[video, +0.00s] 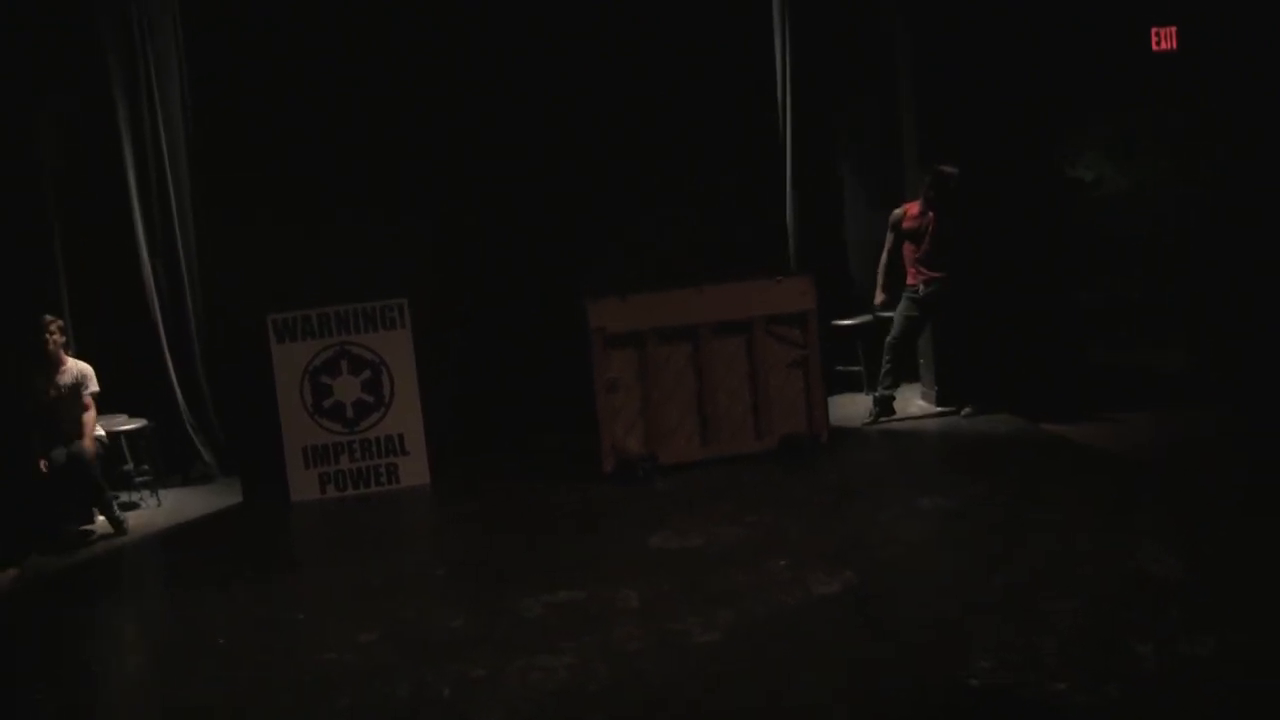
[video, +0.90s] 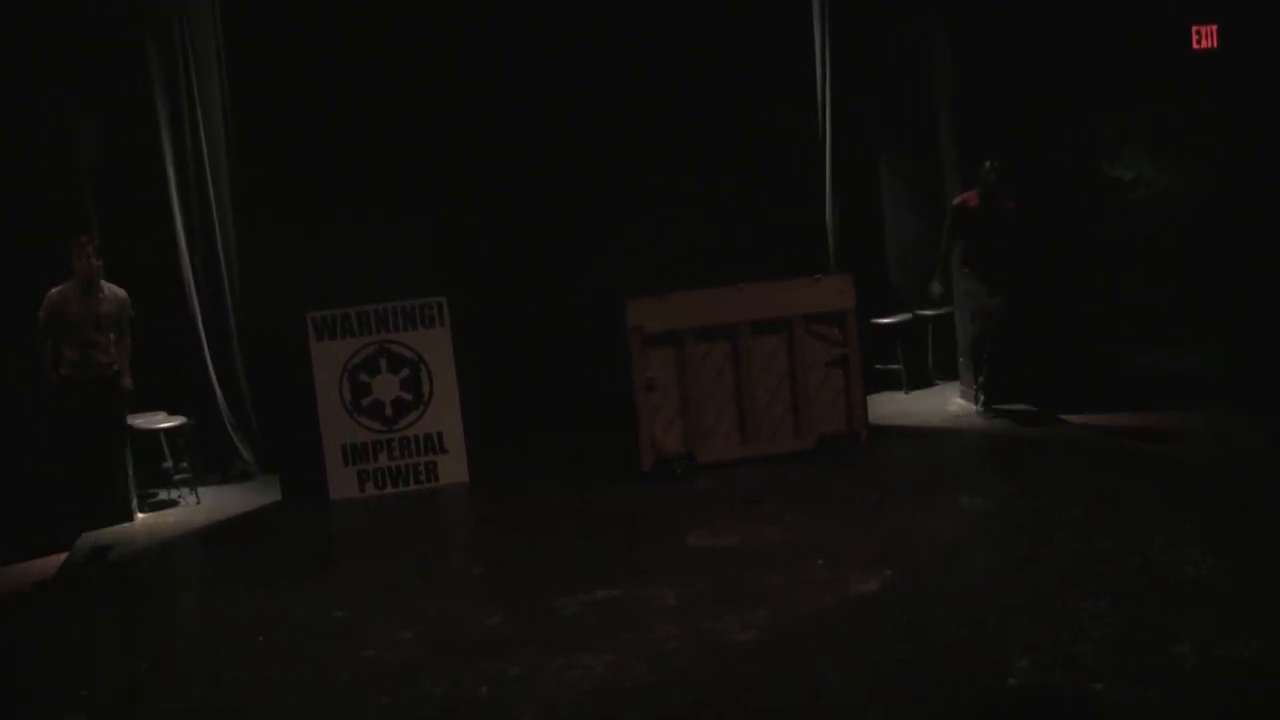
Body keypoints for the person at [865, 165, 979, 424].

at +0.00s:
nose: (934, 195)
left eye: (939, 192)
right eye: (932, 190)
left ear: (947, 193)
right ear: (924, 189)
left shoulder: (950, 215)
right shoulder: (901, 215)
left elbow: (961, 250)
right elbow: (888, 253)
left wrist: (963, 281)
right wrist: (880, 289)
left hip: (946, 288)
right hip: (914, 290)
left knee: (956, 342)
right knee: (895, 341)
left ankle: (969, 397)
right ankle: (883, 401)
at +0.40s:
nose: (948, 194)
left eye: (952, 189)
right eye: (945, 188)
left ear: (960, 191)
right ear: (938, 189)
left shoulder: (968, 216)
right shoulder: (920, 216)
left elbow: (978, 250)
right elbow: (906, 251)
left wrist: (971, 279)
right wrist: (915, 277)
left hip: (959, 288)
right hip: (931, 287)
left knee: (963, 345)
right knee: (917, 347)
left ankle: (971, 404)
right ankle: (906, 405)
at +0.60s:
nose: (959, 194)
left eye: (963, 189)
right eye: (956, 189)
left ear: (969, 192)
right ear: (950, 192)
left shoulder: (980, 220)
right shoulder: (939, 220)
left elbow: (1005, 257)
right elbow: (929, 251)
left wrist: (981, 269)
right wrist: (947, 258)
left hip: (972, 292)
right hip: (944, 289)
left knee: (969, 351)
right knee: (930, 349)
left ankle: (980, 401)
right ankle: (917, 404)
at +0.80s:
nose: (987, 191)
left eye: (990, 186)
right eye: (984, 186)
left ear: (994, 190)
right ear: (976, 188)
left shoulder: (998, 215)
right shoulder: (959, 214)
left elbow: (1002, 255)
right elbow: (947, 252)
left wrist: (997, 286)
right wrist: (958, 285)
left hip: (990, 288)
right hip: (965, 288)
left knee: (986, 342)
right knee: (962, 339)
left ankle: (982, 394)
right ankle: (941, 381)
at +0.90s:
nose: (991, 183)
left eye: (995, 178)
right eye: (988, 177)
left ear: (1000, 180)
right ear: (980, 178)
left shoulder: (1007, 205)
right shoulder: (963, 205)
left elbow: (1013, 243)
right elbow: (948, 244)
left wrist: (1015, 272)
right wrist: (941, 277)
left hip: (1000, 274)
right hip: (970, 276)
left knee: (996, 331)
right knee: (974, 330)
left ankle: (991, 386)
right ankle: (976, 384)